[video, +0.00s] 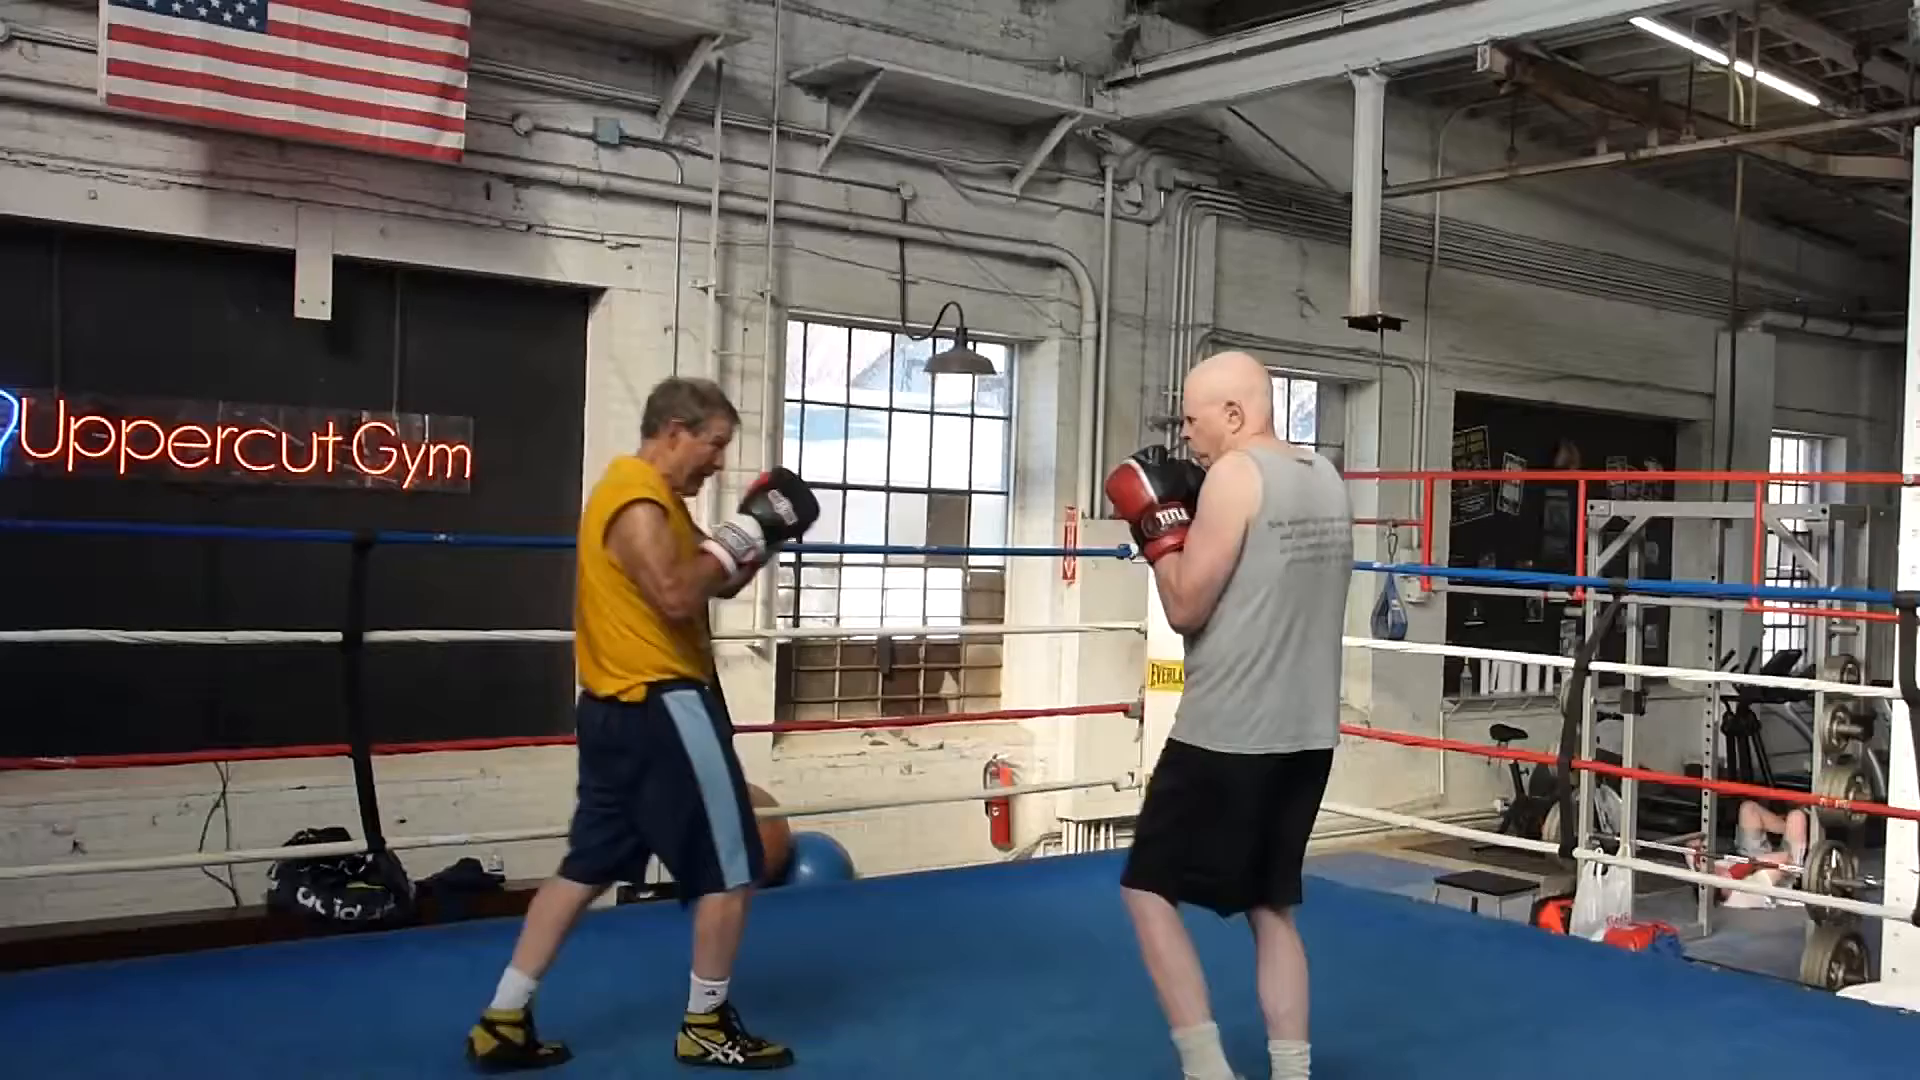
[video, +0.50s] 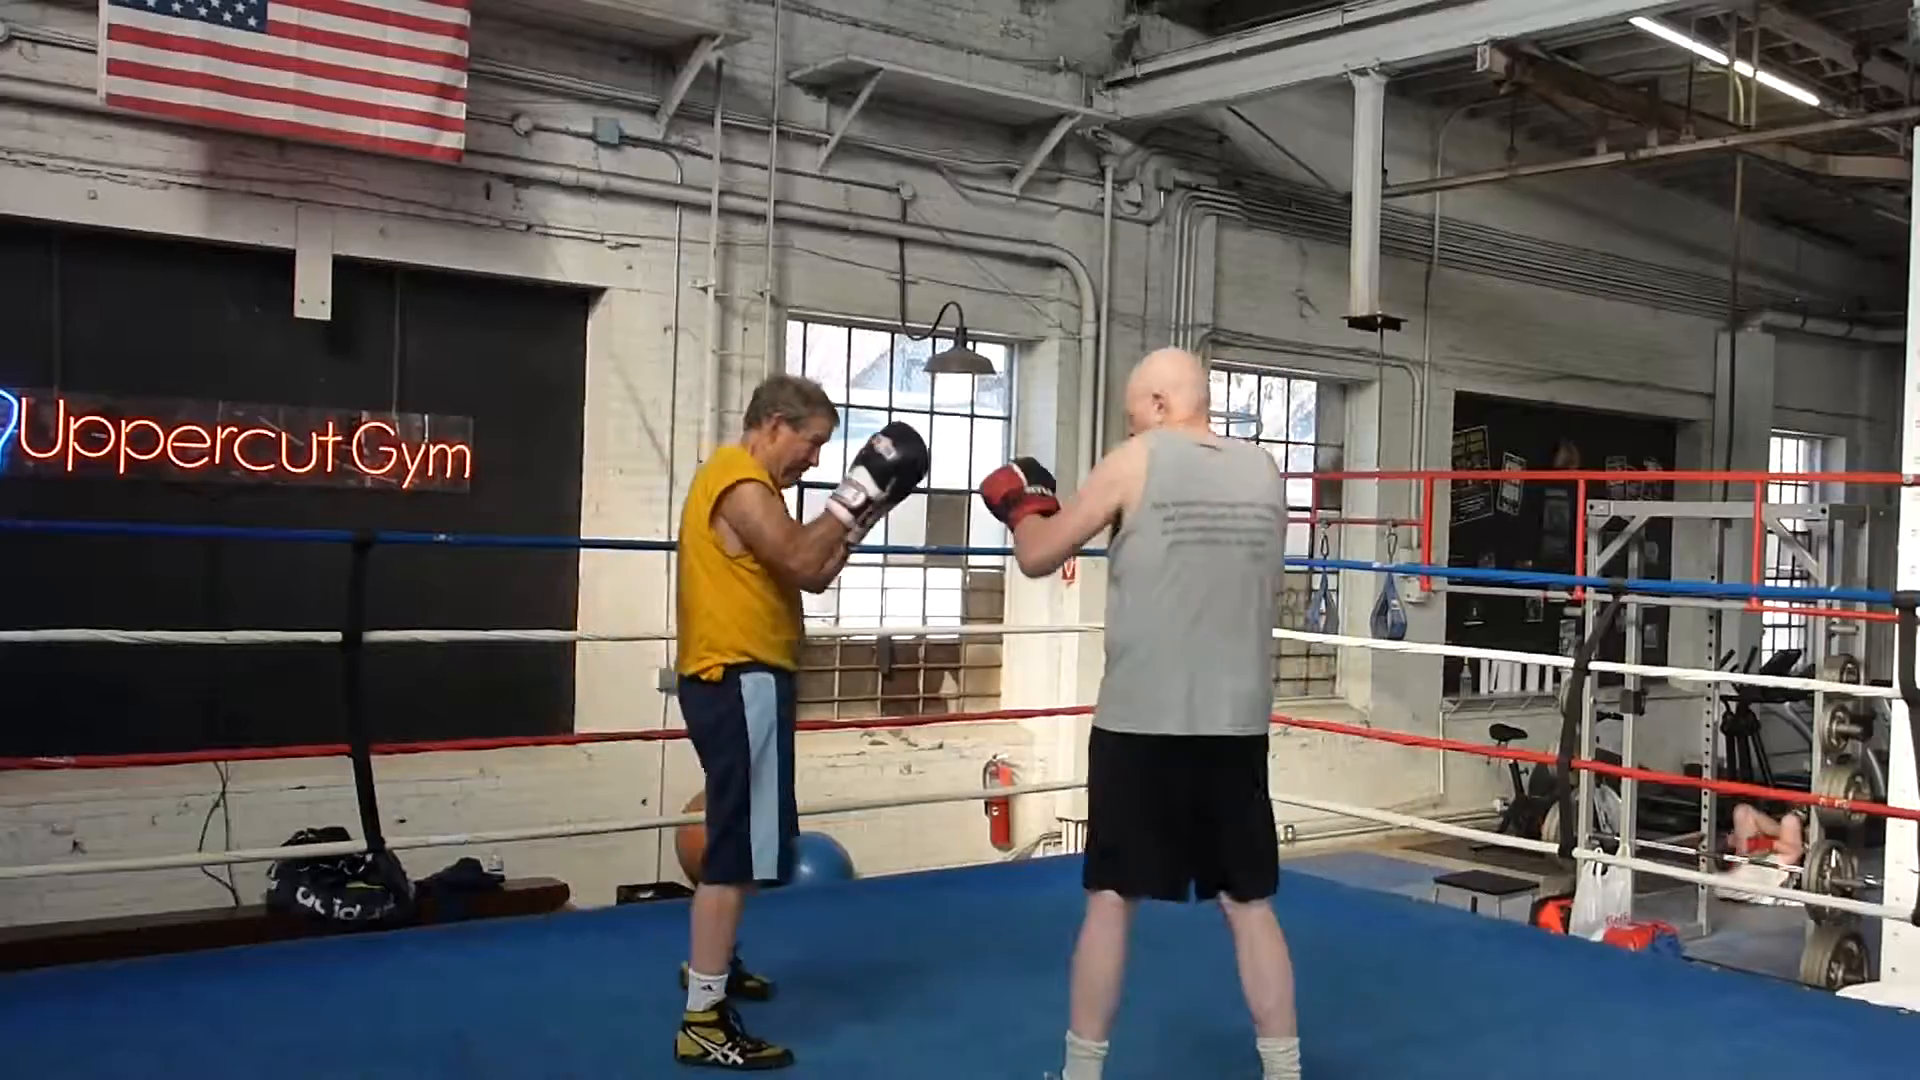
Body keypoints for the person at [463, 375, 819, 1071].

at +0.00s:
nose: (721, 462)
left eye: (725, 447)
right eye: (718, 444)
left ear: (672, 437)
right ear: (677, 433)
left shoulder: (646, 496)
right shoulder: (638, 493)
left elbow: (701, 585)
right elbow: (675, 594)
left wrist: (759, 538)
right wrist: (747, 529)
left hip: (613, 707)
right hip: (665, 704)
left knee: (590, 862)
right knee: (730, 863)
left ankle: (504, 1017)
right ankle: (706, 1025)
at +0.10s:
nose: (740, 462)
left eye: (744, 449)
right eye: (736, 445)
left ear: (690, 437)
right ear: (697, 434)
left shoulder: (650, 491)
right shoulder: (661, 493)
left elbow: (708, 585)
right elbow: (699, 594)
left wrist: (769, 532)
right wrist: (774, 529)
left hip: (634, 705)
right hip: (683, 703)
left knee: (625, 859)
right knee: (740, 862)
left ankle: (522, 997)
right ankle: (709, 1024)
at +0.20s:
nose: (767, 463)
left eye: (771, 451)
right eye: (764, 446)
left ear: (721, 433)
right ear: (726, 430)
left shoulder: (672, 485)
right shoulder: (688, 488)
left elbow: (740, 576)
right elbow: (742, 585)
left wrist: (794, 522)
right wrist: (801, 522)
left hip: (665, 693)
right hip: (706, 694)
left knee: (680, 850)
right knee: (748, 861)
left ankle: (569, 957)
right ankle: (708, 1024)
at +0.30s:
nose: (788, 458)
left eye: (792, 446)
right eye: (787, 442)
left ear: (741, 428)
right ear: (750, 427)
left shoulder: (692, 475)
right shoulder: (719, 482)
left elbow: (767, 559)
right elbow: (781, 562)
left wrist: (827, 516)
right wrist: (860, 515)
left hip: (682, 684)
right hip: (719, 686)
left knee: (713, 835)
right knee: (753, 860)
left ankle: (624, 950)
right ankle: (709, 1023)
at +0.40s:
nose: (802, 456)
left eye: (808, 444)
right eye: (802, 441)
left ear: (760, 427)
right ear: (764, 423)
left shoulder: (727, 478)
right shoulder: (726, 471)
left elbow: (796, 571)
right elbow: (795, 538)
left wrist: (849, 505)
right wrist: (874, 491)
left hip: (712, 676)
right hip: (728, 677)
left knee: (735, 825)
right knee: (745, 850)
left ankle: (676, 956)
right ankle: (708, 1022)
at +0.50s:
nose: (816, 458)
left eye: (821, 447)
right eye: (814, 441)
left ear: (777, 430)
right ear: (778, 425)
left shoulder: (751, 484)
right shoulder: (737, 474)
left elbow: (815, 573)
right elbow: (798, 556)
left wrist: (862, 513)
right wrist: (857, 490)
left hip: (748, 677)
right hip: (736, 679)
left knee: (741, 838)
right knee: (736, 847)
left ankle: (712, 964)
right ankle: (701, 1024)